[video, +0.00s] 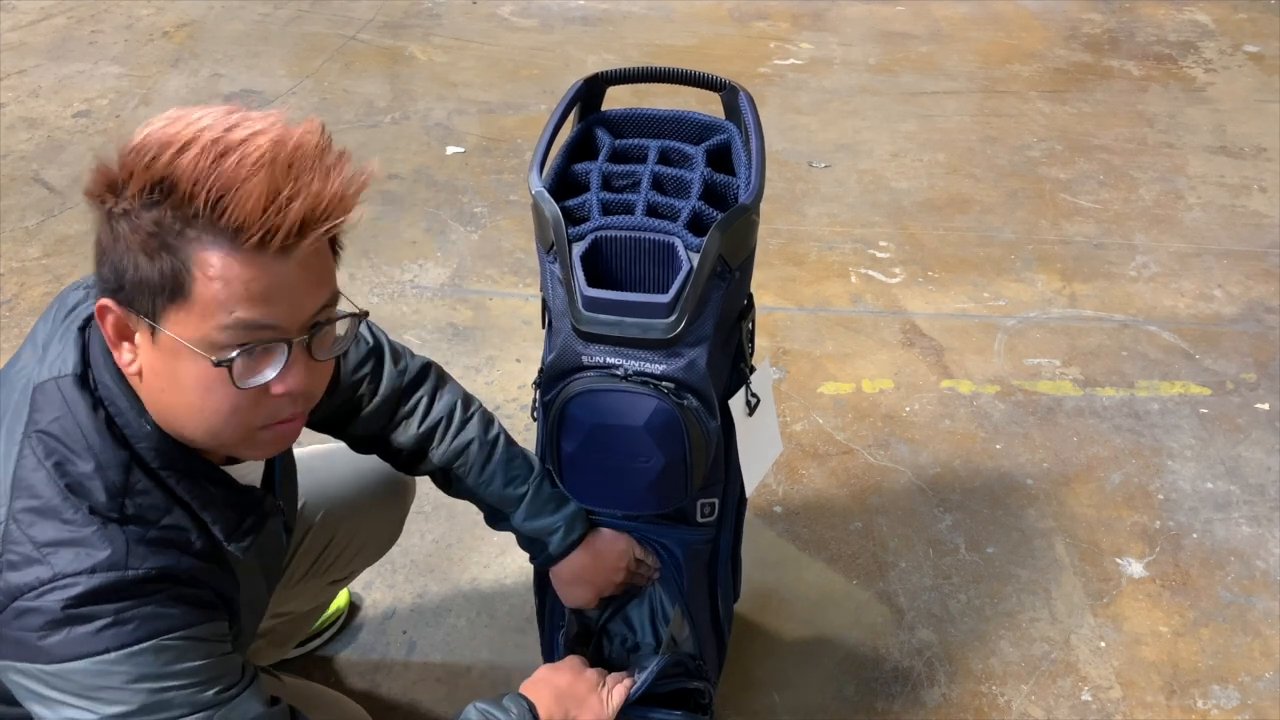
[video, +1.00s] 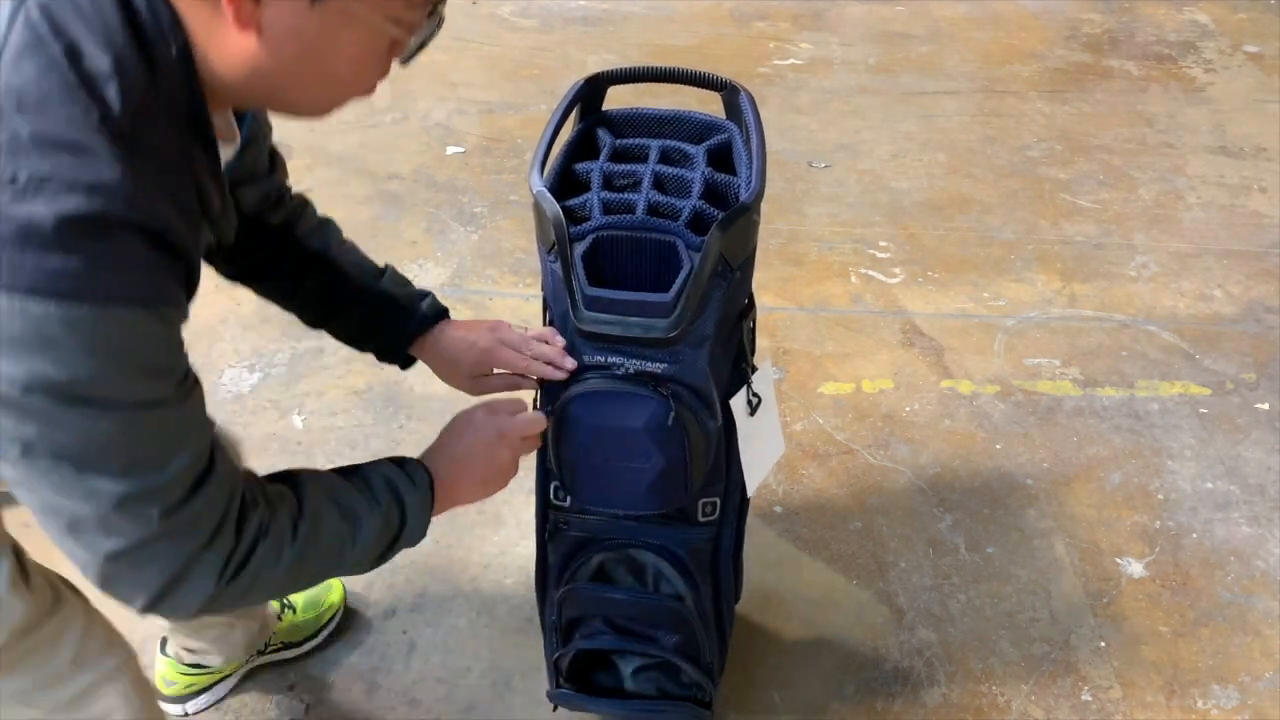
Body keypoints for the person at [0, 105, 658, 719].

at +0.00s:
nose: (301, 384)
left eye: (317, 328)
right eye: (245, 350)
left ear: (330, 286)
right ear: (126, 338)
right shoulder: (100, 605)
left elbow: (401, 396)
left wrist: (562, 537)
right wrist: (529, 712)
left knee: (377, 490)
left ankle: (264, 642)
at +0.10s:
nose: (340, 354)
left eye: (336, 315)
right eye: (302, 341)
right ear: (156, 363)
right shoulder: (112, 621)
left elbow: (395, 394)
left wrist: (561, 537)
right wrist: (529, 711)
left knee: (378, 489)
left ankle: (258, 641)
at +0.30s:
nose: (335, 310)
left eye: (323, 275)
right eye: (302, 302)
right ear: (168, 348)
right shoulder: (106, 607)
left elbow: (363, 365)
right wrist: (531, 658)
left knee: (377, 487)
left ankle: (267, 645)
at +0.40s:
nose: (332, 300)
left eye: (322, 269)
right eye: (303, 294)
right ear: (168, 347)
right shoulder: (98, 590)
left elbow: (318, 370)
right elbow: (357, 699)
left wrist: (436, 396)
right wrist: (542, 532)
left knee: (383, 489)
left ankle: (283, 631)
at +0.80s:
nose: (368, 225)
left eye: (370, 191)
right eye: (358, 199)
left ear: (211, 229)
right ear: (212, 232)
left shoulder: (134, 222)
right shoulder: (97, 473)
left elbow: (291, 348)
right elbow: (324, 669)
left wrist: (449, 371)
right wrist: (497, 459)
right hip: (40, 669)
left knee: (352, 468)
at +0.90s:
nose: (393, 130)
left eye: (402, 103)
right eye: (390, 106)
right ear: (236, 98)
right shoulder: (70, 344)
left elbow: (266, 283)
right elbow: (225, 618)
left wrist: (436, 354)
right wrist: (452, 471)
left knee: (292, 450)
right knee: (217, 703)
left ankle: (271, 619)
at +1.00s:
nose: (393, 71)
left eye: (409, 44)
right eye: (397, 38)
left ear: (246, 6)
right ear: (250, 6)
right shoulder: (61, 211)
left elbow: (253, 216)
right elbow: (176, 550)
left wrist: (428, 333)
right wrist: (430, 483)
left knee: (187, 473)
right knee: (91, 694)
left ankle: (224, 639)